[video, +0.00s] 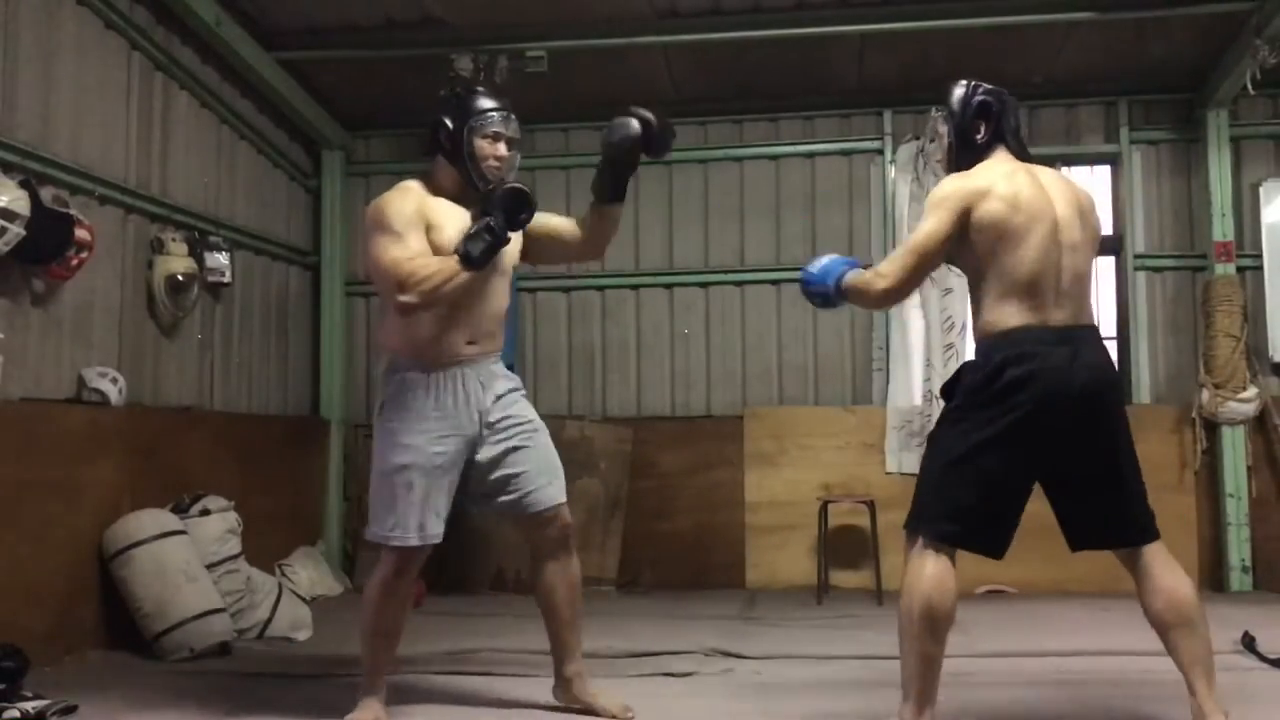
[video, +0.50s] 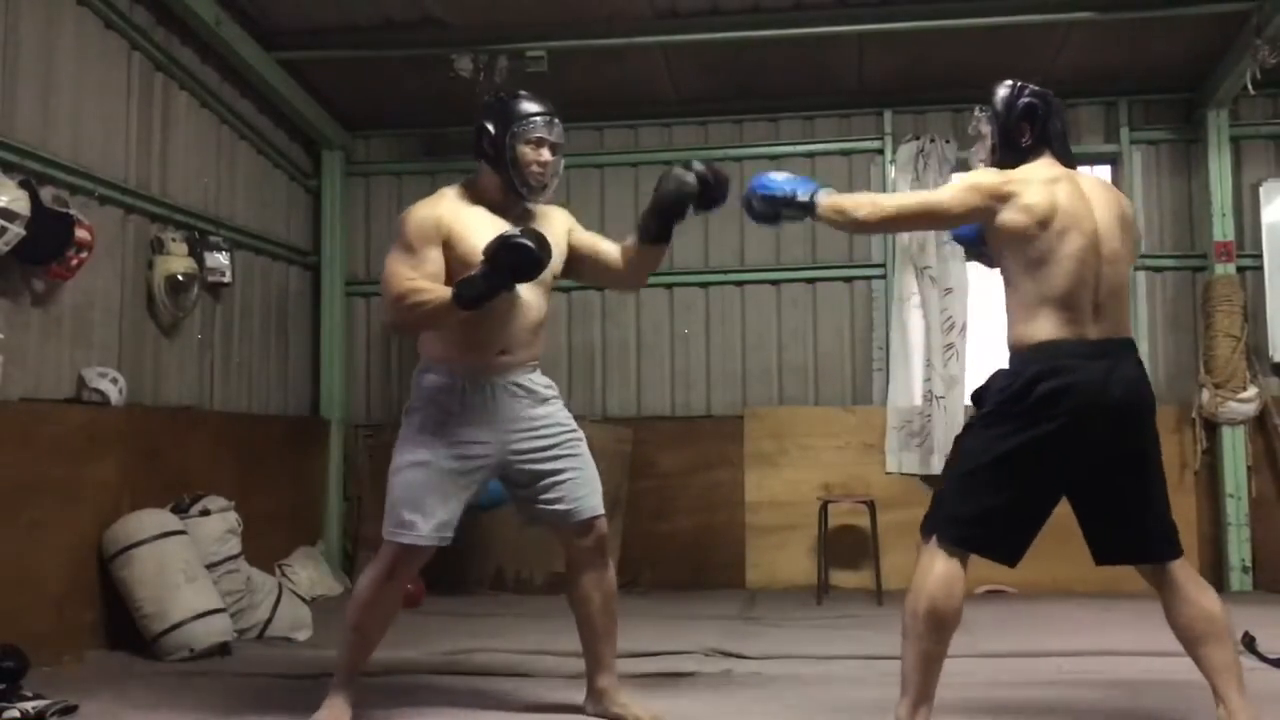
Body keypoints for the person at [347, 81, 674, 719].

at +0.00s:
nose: (504, 155)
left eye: (510, 143)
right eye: (492, 140)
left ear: (512, 151)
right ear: (451, 142)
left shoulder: (507, 220)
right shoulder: (401, 205)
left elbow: (590, 239)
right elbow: (408, 289)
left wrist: (615, 168)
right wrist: (484, 244)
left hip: (493, 385)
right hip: (421, 393)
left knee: (553, 526)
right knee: (403, 551)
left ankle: (571, 681)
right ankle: (373, 694)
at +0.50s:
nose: (548, 158)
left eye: (554, 147)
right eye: (534, 144)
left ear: (559, 155)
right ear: (494, 145)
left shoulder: (554, 224)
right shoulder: (434, 215)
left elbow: (629, 269)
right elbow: (402, 307)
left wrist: (661, 216)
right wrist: (482, 284)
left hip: (529, 395)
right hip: (447, 399)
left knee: (592, 530)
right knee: (404, 548)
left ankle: (604, 687)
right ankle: (340, 690)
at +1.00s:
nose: (495, 145)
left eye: (500, 134)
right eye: (482, 131)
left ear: (504, 142)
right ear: (441, 133)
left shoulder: (489, 214)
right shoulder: (387, 194)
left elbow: (568, 239)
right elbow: (391, 278)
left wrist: (574, 158)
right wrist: (470, 240)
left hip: (469, 382)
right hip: (395, 386)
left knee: (539, 513)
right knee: (373, 547)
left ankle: (552, 672)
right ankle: (337, 696)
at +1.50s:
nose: (527, 147)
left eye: (533, 136)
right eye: (514, 132)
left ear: (534, 144)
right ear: (472, 131)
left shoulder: (521, 210)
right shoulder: (416, 198)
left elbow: (595, 258)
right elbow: (396, 294)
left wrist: (601, 178)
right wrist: (480, 272)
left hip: (511, 387)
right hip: (433, 392)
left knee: (582, 521)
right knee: (409, 553)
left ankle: (595, 684)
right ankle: (368, 699)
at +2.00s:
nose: (584, 137)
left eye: (590, 126)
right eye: (570, 122)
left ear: (592, 133)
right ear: (528, 124)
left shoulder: (576, 203)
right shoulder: (467, 190)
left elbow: (656, 242)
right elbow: (444, 286)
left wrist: (658, 157)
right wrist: (532, 255)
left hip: (568, 380)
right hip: (490, 386)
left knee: (612, 536)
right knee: (471, 555)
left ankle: (629, 697)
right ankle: (426, 703)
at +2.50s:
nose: (599, 126)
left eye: (603, 114)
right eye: (586, 111)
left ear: (603, 123)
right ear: (543, 114)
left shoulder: (591, 196)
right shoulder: (490, 182)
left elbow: (670, 226)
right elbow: (455, 280)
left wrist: (663, 146)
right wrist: (542, 257)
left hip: (594, 378)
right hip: (521, 386)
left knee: (634, 532)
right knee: (494, 557)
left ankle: (646, 696)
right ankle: (430, 699)